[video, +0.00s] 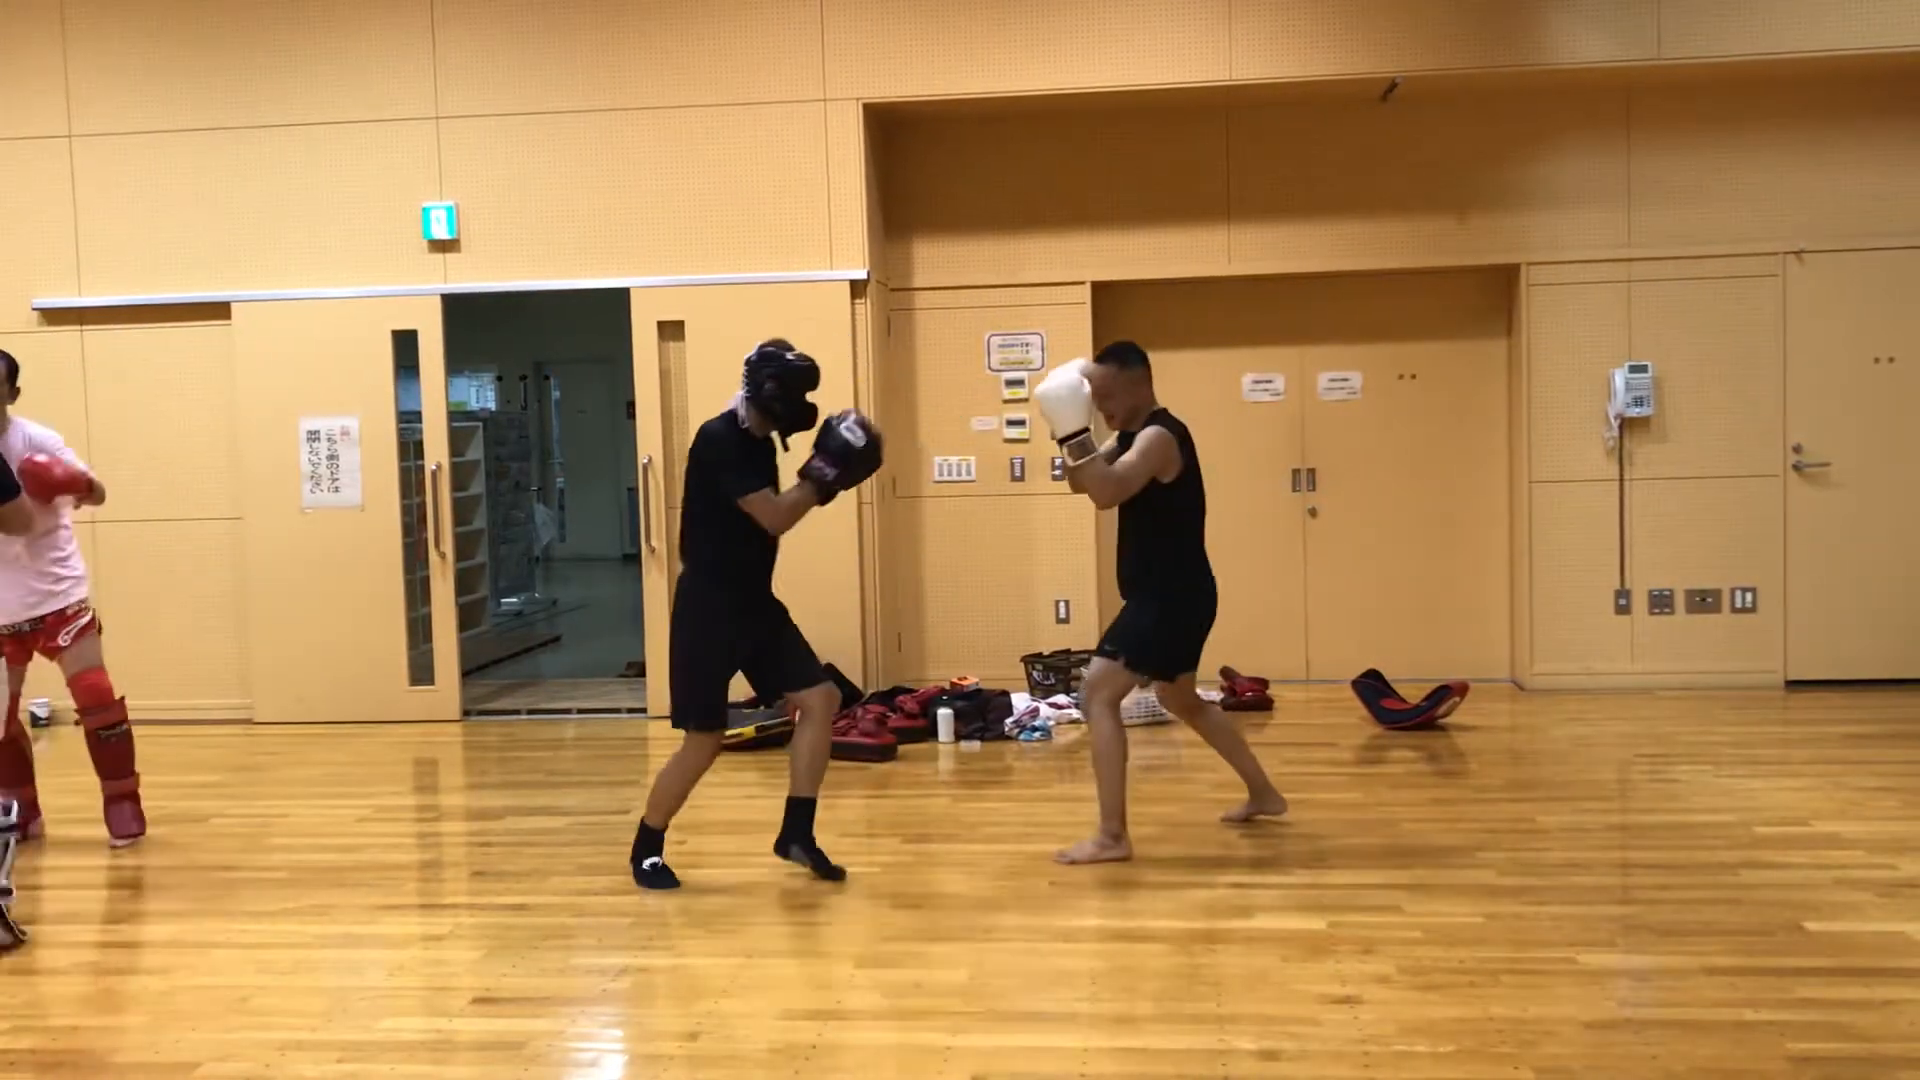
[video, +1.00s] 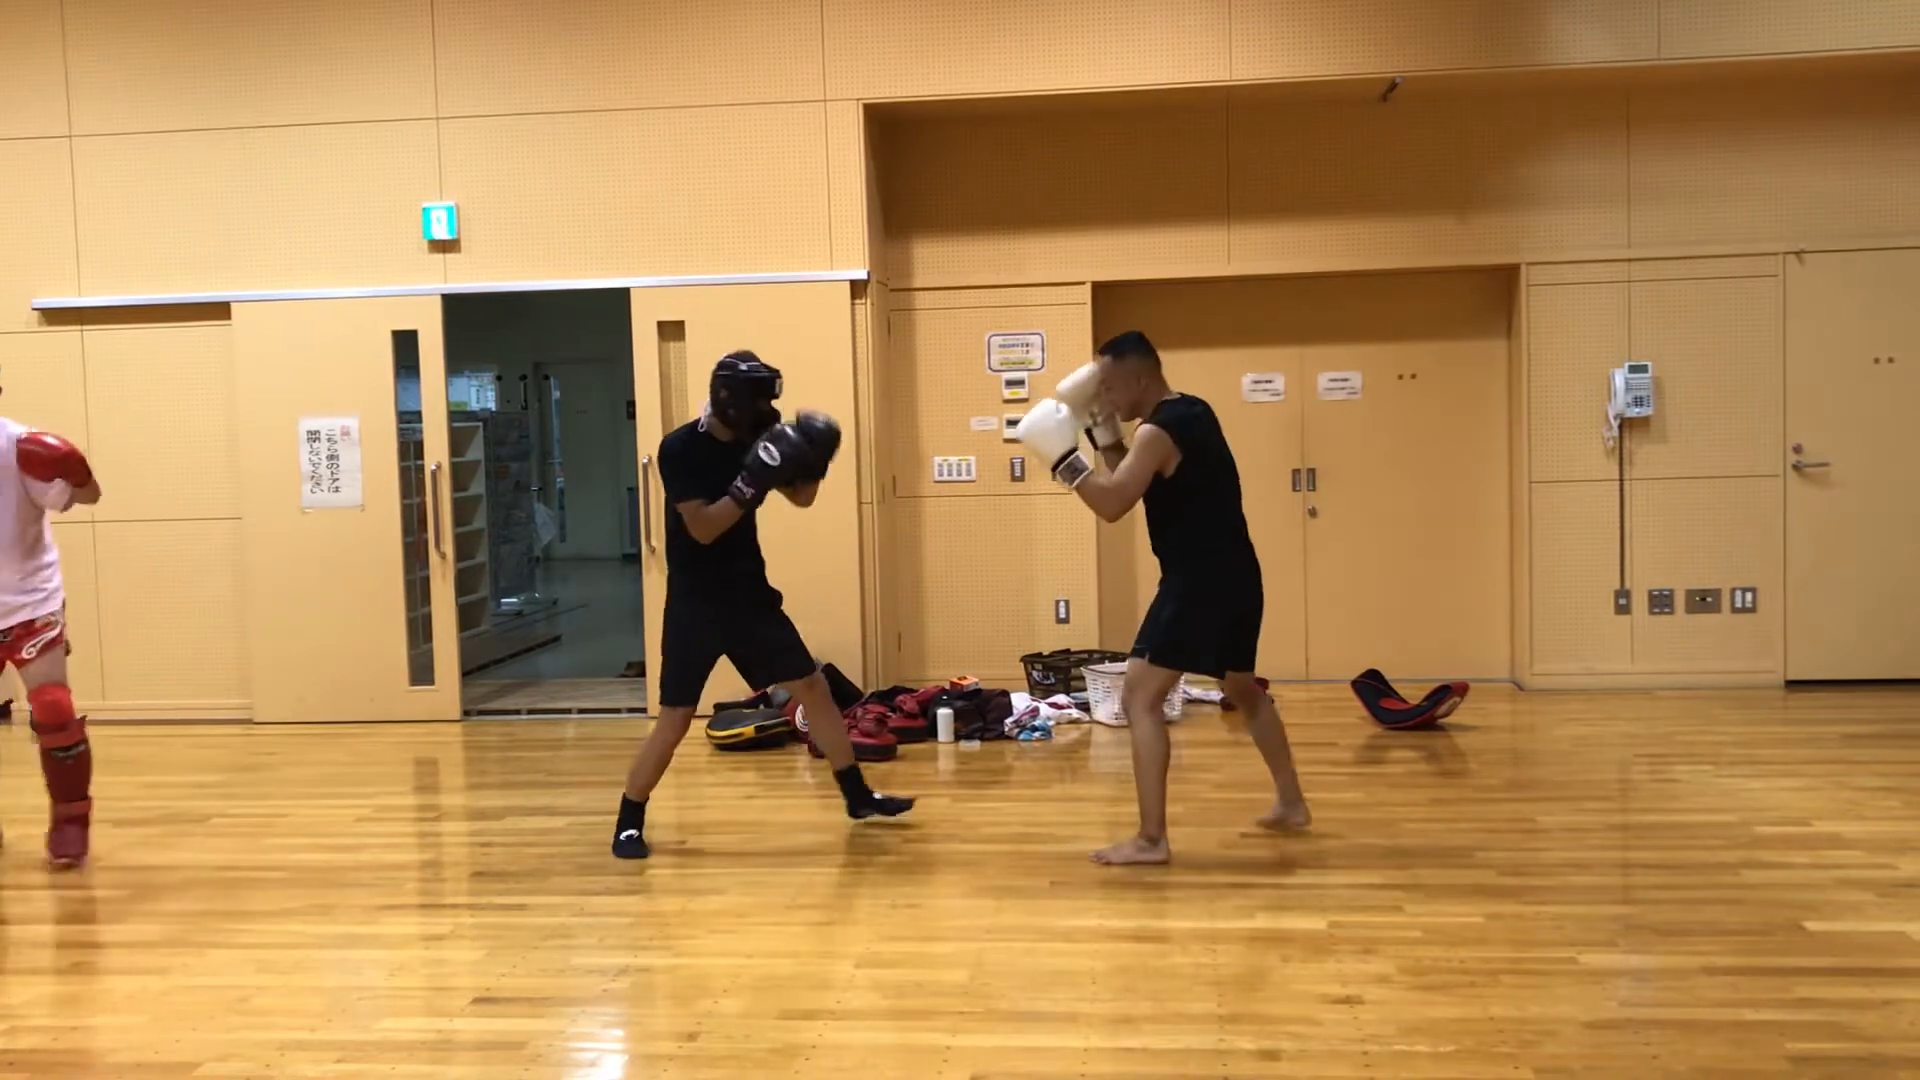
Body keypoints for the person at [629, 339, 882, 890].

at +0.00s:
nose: (782, 422)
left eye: (785, 414)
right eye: (778, 411)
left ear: (774, 402)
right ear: (759, 395)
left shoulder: (759, 440)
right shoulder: (718, 439)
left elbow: (780, 513)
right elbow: (775, 517)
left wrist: (827, 472)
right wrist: (820, 471)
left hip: (753, 604)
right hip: (706, 607)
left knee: (819, 699)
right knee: (703, 741)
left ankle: (797, 834)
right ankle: (646, 848)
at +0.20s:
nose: (799, 411)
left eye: (800, 402)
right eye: (790, 403)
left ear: (790, 395)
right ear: (759, 395)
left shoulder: (787, 427)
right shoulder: (702, 438)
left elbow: (851, 436)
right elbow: (700, 522)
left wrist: (912, 417)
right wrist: (769, 490)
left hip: (768, 597)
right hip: (709, 602)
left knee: (819, 694)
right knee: (691, 720)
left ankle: (816, 794)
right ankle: (646, 847)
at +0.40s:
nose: (822, 421)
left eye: (824, 413)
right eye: (813, 413)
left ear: (823, 408)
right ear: (781, 407)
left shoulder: (817, 439)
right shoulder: (730, 451)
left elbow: (873, 460)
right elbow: (722, 538)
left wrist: (911, 455)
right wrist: (784, 502)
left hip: (783, 603)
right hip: (727, 607)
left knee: (831, 698)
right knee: (700, 718)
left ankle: (819, 805)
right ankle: (648, 842)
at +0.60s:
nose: (806, 416)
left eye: (809, 406)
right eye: (797, 406)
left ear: (798, 407)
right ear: (767, 403)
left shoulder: (794, 442)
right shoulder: (715, 447)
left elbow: (817, 489)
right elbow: (716, 533)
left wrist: (853, 482)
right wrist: (776, 495)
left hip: (773, 597)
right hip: (717, 602)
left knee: (822, 689)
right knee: (695, 715)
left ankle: (819, 804)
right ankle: (634, 812)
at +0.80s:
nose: (763, 415)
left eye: (766, 408)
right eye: (755, 407)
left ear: (764, 404)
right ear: (727, 401)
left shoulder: (757, 437)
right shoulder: (678, 449)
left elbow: (802, 479)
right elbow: (690, 534)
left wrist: (811, 429)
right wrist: (743, 485)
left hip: (745, 596)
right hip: (690, 603)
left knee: (807, 684)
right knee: (671, 720)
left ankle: (819, 795)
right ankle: (629, 820)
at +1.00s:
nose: (766, 415)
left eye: (768, 406)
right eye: (758, 406)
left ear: (759, 405)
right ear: (726, 402)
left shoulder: (760, 436)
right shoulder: (679, 450)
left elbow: (802, 496)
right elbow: (703, 528)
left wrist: (812, 456)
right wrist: (756, 475)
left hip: (750, 597)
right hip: (694, 604)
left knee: (811, 686)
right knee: (674, 719)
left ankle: (858, 797)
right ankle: (629, 822)